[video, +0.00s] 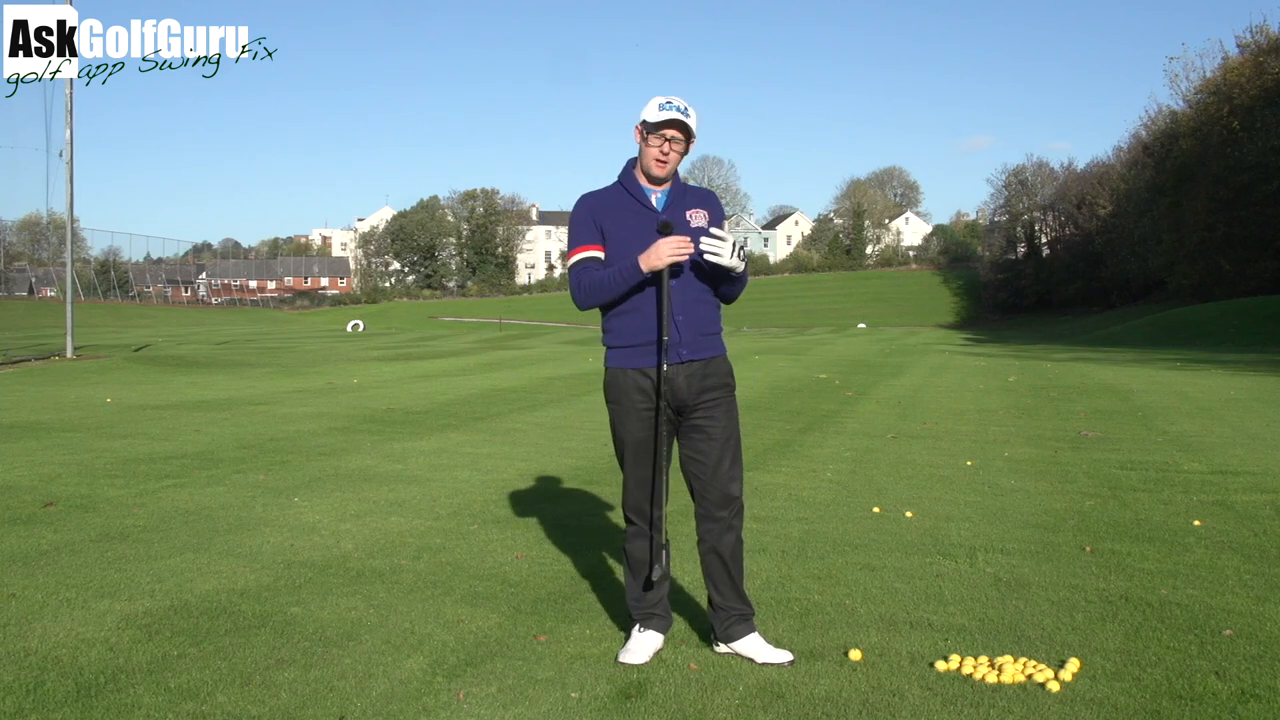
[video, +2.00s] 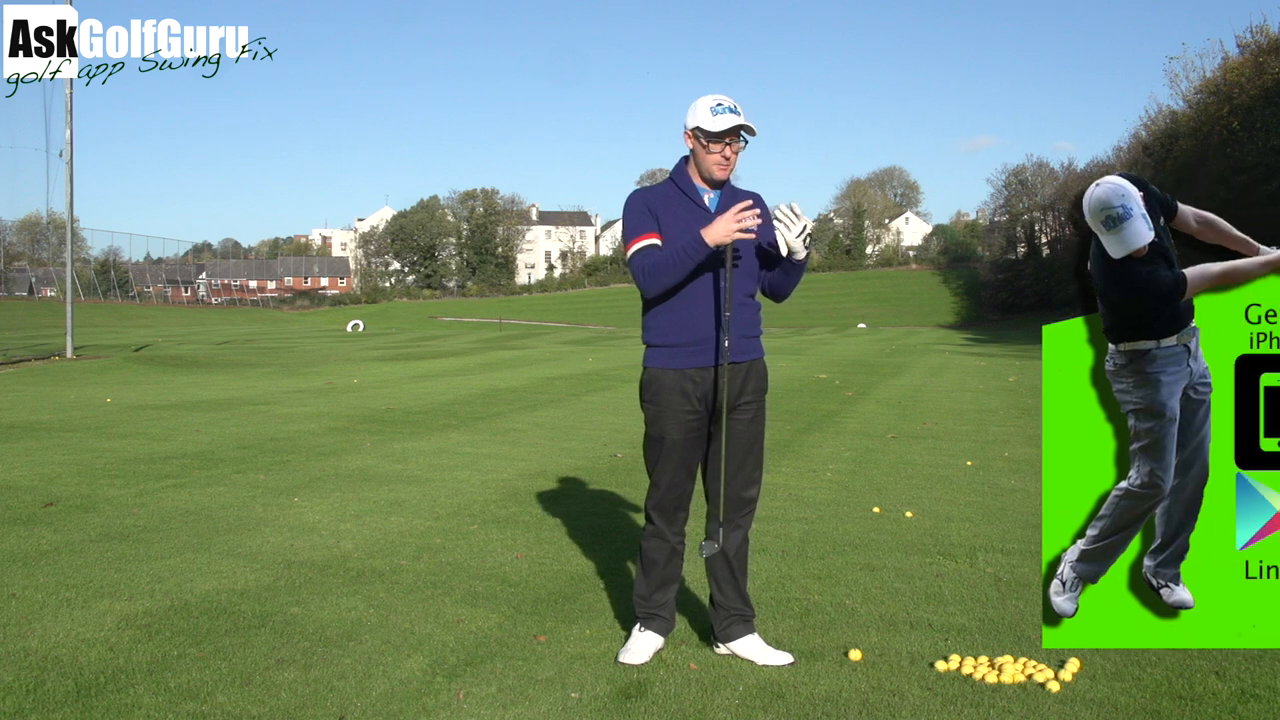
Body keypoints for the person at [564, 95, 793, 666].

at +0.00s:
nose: (666, 146)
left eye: (677, 140)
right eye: (658, 135)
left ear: (688, 148)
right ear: (639, 137)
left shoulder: (705, 205)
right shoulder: (595, 207)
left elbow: (728, 290)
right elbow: (585, 291)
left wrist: (730, 264)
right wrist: (643, 263)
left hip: (705, 369)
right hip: (633, 374)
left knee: (721, 501)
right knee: (642, 504)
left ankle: (732, 626)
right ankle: (649, 621)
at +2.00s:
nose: (730, 150)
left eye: (737, 140)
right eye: (718, 140)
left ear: (742, 145)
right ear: (691, 140)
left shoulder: (751, 206)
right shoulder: (647, 203)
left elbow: (776, 287)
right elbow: (652, 280)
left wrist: (796, 253)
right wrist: (709, 237)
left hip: (744, 372)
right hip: (675, 374)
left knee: (735, 506)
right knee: (667, 505)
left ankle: (733, 627)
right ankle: (653, 621)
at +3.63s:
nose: (702, 145)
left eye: (714, 137)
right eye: (694, 135)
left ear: (733, 144)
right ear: (681, 140)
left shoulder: (759, 203)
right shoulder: (648, 197)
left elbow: (778, 281)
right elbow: (646, 259)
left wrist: (768, 308)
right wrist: (685, 193)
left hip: (736, 373)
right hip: (663, 373)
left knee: (731, 510)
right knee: (659, 507)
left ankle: (732, 623)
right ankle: (652, 620)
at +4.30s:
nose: (702, 145)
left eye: (712, 135)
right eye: (692, 136)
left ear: (730, 141)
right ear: (680, 142)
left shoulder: (755, 203)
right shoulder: (644, 203)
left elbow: (780, 283)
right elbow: (625, 288)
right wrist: (660, 257)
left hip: (737, 375)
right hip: (664, 377)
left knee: (731, 510)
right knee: (660, 506)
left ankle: (733, 625)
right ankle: (651, 620)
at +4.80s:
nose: (691, 144)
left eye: (702, 135)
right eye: (682, 134)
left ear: (717, 142)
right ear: (668, 138)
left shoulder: (743, 200)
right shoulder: (628, 207)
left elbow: (768, 280)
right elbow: (617, 292)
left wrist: (746, 327)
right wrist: (675, 300)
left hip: (723, 374)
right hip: (650, 375)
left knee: (723, 507)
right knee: (651, 508)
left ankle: (729, 622)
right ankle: (651, 620)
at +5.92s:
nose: (665, 159)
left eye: (674, 148)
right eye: (654, 147)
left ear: (683, 150)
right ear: (630, 144)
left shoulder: (699, 205)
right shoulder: (587, 212)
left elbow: (733, 273)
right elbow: (565, 295)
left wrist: (758, 331)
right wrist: (602, 292)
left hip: (690, 377)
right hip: (617, 381)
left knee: (721, 501)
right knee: (633, 506)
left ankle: (731, 620)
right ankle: (649, 620)